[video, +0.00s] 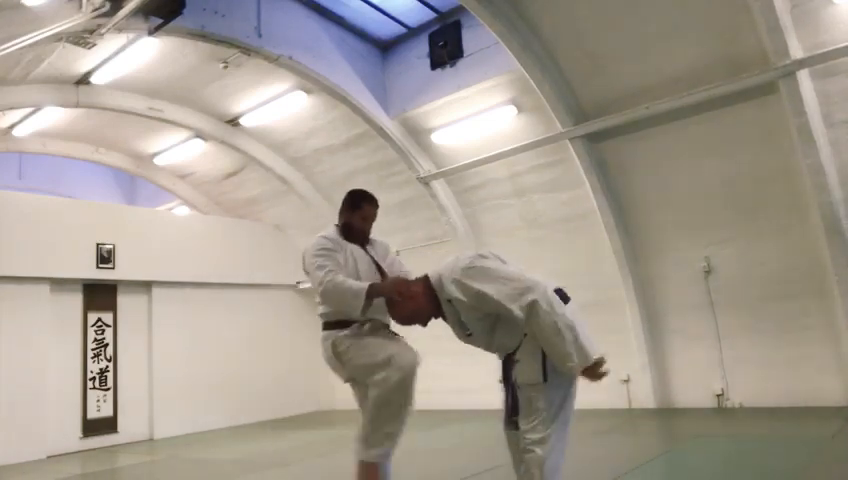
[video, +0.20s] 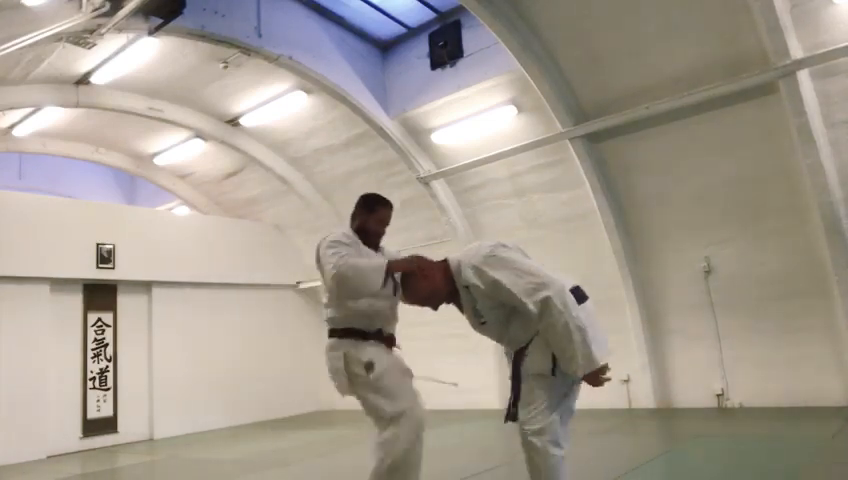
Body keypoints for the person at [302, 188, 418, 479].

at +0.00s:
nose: (370, 227)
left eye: (373, 221)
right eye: (366, 220)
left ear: (374, 219)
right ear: (346, 215)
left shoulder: (378, 248)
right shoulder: (322, 246)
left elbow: (404, 278)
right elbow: (327, 287)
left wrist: (417, 301)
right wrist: (377, 289)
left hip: (378, 332)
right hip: (344, 336)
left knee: (380, 411)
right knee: (402, 360)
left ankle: (377, 466)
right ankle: (372, 459)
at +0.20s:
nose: (384, 230)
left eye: (387, 224)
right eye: (381, 223)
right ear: (360, 217)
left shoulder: (381, 255)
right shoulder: (335, 243)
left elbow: (404, 288)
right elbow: (339, 271)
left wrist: (431, 282)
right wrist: (393, 266)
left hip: (380, 349)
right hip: (354, 349)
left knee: (410, 418)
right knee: (404, 417)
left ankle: (400, 475)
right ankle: (389, 475)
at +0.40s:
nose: (395, 218)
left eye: (397, 211)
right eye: (392, 208)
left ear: (379, 206)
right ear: (373, 201)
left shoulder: (387, 244)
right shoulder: (349, 221)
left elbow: (412, 276)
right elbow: (360, 251)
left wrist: (448, 280)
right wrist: (419, 260)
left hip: (357, 344)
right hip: (334, 340)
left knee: (371, 434)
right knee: (357, 435)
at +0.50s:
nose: (388, 223)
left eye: (391, 216)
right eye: (386, 214)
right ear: (365, 205)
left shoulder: (381, 242)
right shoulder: (340, 235)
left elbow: (413, 270)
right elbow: (384, 261)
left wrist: (459, 283)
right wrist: (442, 265)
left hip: (344, 346)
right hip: (323, 343)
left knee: (334, 435)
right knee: (359, 420)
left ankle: (308, 474)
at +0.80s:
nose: (395, 234)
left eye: (397, 227)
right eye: (391, 225)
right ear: (368, 220)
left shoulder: (391, 258)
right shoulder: (345, 256)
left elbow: (431, 285)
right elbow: (394, 293)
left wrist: (484, 296)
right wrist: (466, 283)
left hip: (351, 378)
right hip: (322, 373)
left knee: (328, 461)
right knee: (356, 468)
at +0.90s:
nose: (396, 212)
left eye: (397, 205)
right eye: (392, 205)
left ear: (378, 202)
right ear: (367, 200)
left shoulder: (392, 240)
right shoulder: (348, 239)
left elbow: (429, 272)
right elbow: (402, 282)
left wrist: (483, 289)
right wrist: (470, 287)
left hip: (374, 364)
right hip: (338, 363)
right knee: (366, 462)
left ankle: (313, 474)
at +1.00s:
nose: (394, 200)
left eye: (396, 192)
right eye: (390, 191)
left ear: (368, 187)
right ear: (364, 185)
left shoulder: (388, 228)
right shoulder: (349, 223)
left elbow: (423, 272)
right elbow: (410, 265)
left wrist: (485, 286)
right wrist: (481, 275)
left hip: (396, 346)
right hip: (354, 351)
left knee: (457, 381)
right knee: (376, 460)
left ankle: (390, 454)